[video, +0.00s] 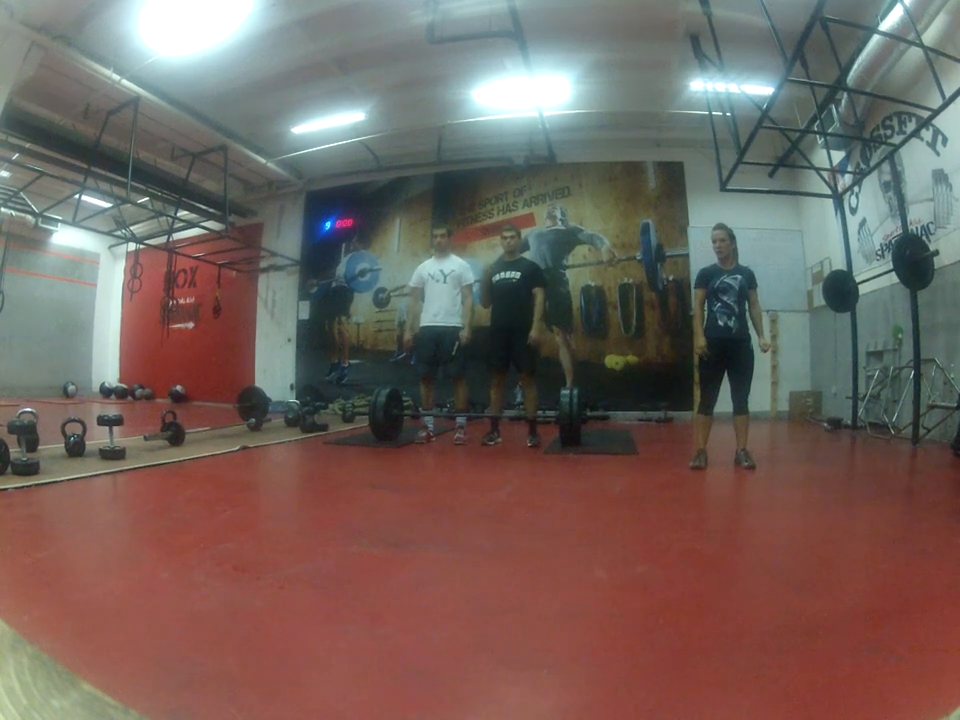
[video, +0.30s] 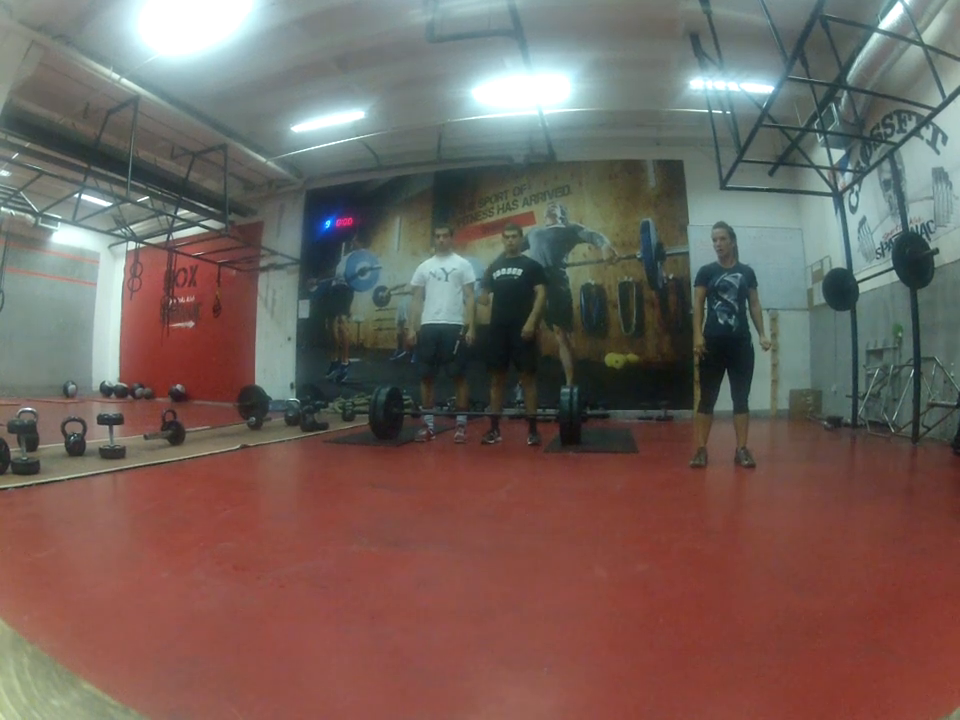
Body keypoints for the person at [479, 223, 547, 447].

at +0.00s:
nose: (508, 241)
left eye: (512, 238)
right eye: (504, 238)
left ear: (520, 241)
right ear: (500, 241)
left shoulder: (531, 266)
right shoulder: (494, 269)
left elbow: (539, 296)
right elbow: (485, 303)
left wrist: (536, 327)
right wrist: (486, 278)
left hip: (523, 331)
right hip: (499, 331)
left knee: (527, 379)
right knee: (497, 379)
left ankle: (532, 430)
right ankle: (494, 429)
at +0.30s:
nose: (510, 241)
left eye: (514, 237)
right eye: (507, 237)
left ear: (522, 239)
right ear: (502, 240)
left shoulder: (532, 265)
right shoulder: (494, 267)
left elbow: (541, 295)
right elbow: (484, 299)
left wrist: (531, 322)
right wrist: (498, 300)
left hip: (523, 329)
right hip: (498, 329)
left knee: (527, 378)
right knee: (497, 378)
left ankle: (532, 429)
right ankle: (494, 428)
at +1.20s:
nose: (506, 248)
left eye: (510, 243)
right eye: (503, 244)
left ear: (517, 242)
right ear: (497, 244)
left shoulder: (530, 265)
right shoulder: (492, 267)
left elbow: (544, 292)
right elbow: (483, 296)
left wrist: (540, 318)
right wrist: (476, 320)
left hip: (524, 329)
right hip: (498, 330)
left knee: (526, 378)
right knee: (498, 378)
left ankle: (533, 429)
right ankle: (494, 428)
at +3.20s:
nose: (500, 250)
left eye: (503, 245)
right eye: (496, 246)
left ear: (509, 242)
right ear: (492, 246)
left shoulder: (526, 264)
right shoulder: (487, 268)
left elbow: (539, 293)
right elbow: (480, 300)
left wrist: (540, 324)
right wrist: (482, 330)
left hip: (524, 329)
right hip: (498, 330)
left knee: (528, 375)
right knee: (497, 378)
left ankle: (533, 428)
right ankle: (494, 428)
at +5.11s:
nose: (499, 241)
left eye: (502, 237)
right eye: (500, 237)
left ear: (512, 238)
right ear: (510, 238)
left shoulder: (533, 262)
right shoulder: (497, 263)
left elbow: (546, 290)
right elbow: (491, 293)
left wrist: (543, 313)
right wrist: (483, 311)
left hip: (526, 328)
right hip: (500, 327)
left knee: (528, 378)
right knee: (498, 377)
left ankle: (533, 429)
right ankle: (495, 428)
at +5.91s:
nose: (513, 251)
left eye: (516, 246)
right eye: (509, 247)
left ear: (523, 244)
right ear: (503, 245)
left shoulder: (536, 264)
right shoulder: (496, 265)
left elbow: (547, 296)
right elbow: (487, 296)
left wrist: (550, 326)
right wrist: (488, 324)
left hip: (530, 329)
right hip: (503, 329)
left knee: (530, 377)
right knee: (500, 377)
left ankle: (533, 428)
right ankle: (495, 427)